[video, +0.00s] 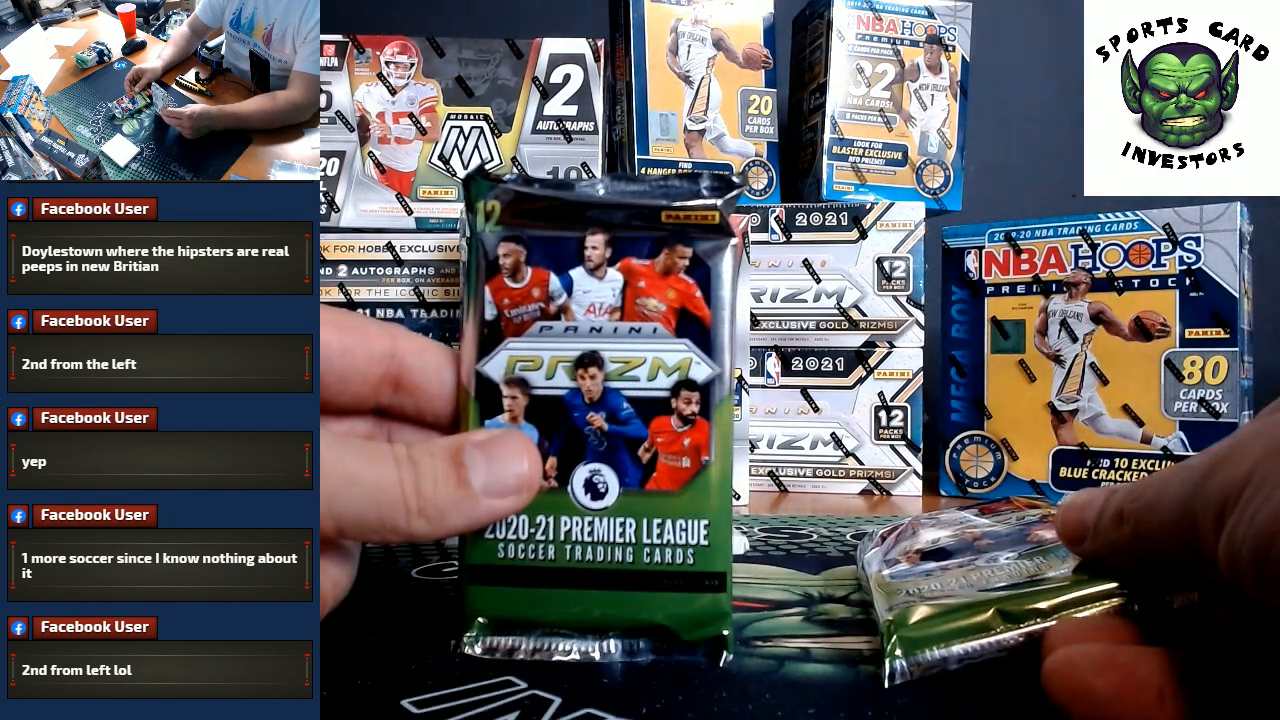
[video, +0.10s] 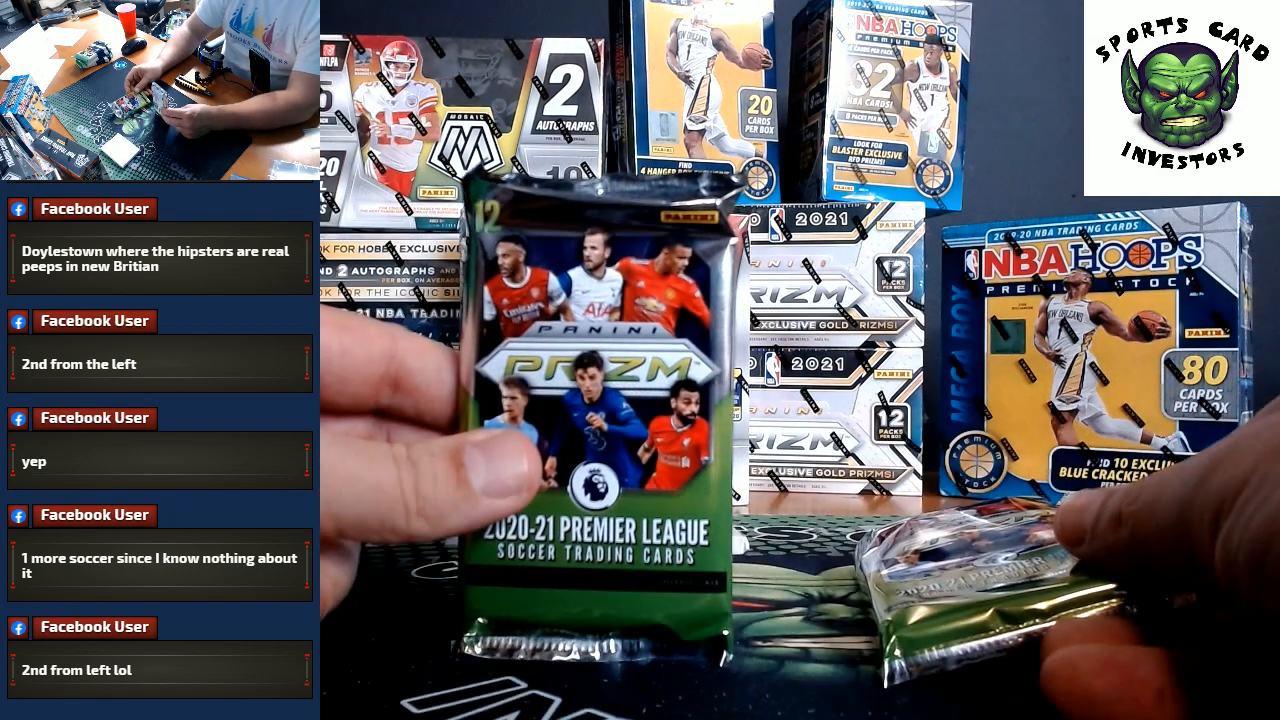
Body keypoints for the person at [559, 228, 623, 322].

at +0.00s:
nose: (588, 254)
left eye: (594, 248)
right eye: (586, 248)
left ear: (607, 253)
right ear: (583, 250)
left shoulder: (617, 279)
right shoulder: (571, 278)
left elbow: (616, 310)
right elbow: (551, 308)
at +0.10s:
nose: (587, 254)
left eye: (593, 248)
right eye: (585, 248)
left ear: (607, 252)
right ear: (582, 250)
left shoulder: (617, 279)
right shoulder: (571, 278)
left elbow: (616, 310)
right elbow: (550, 309)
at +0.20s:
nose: (587, 253)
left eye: (593, 248)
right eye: (585, 248)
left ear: (607, 252)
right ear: (582, 249)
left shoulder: (617, 279)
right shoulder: (571, 278)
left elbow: (616, 310)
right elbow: (550, 309)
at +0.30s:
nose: (586, 253)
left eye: (593, 248)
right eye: (584, 248)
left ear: (606, 252)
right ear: (582, 249)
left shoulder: (616, 278)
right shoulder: (570, 278)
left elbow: (615, 310)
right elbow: (549, 309)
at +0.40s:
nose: (582, 253)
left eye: (588, 247)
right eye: (580, 247)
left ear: (602, 251)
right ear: (577, 249)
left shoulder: (612, 278)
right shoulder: (566, 277)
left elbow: (611, 310)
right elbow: (545, 308)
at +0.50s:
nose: (581, 252)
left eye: (588, 247)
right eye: (579, 247)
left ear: (601, 251)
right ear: (576, 248)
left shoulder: (611, 277)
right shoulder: (565, 277)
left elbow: (610, 310)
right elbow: (545, 308)